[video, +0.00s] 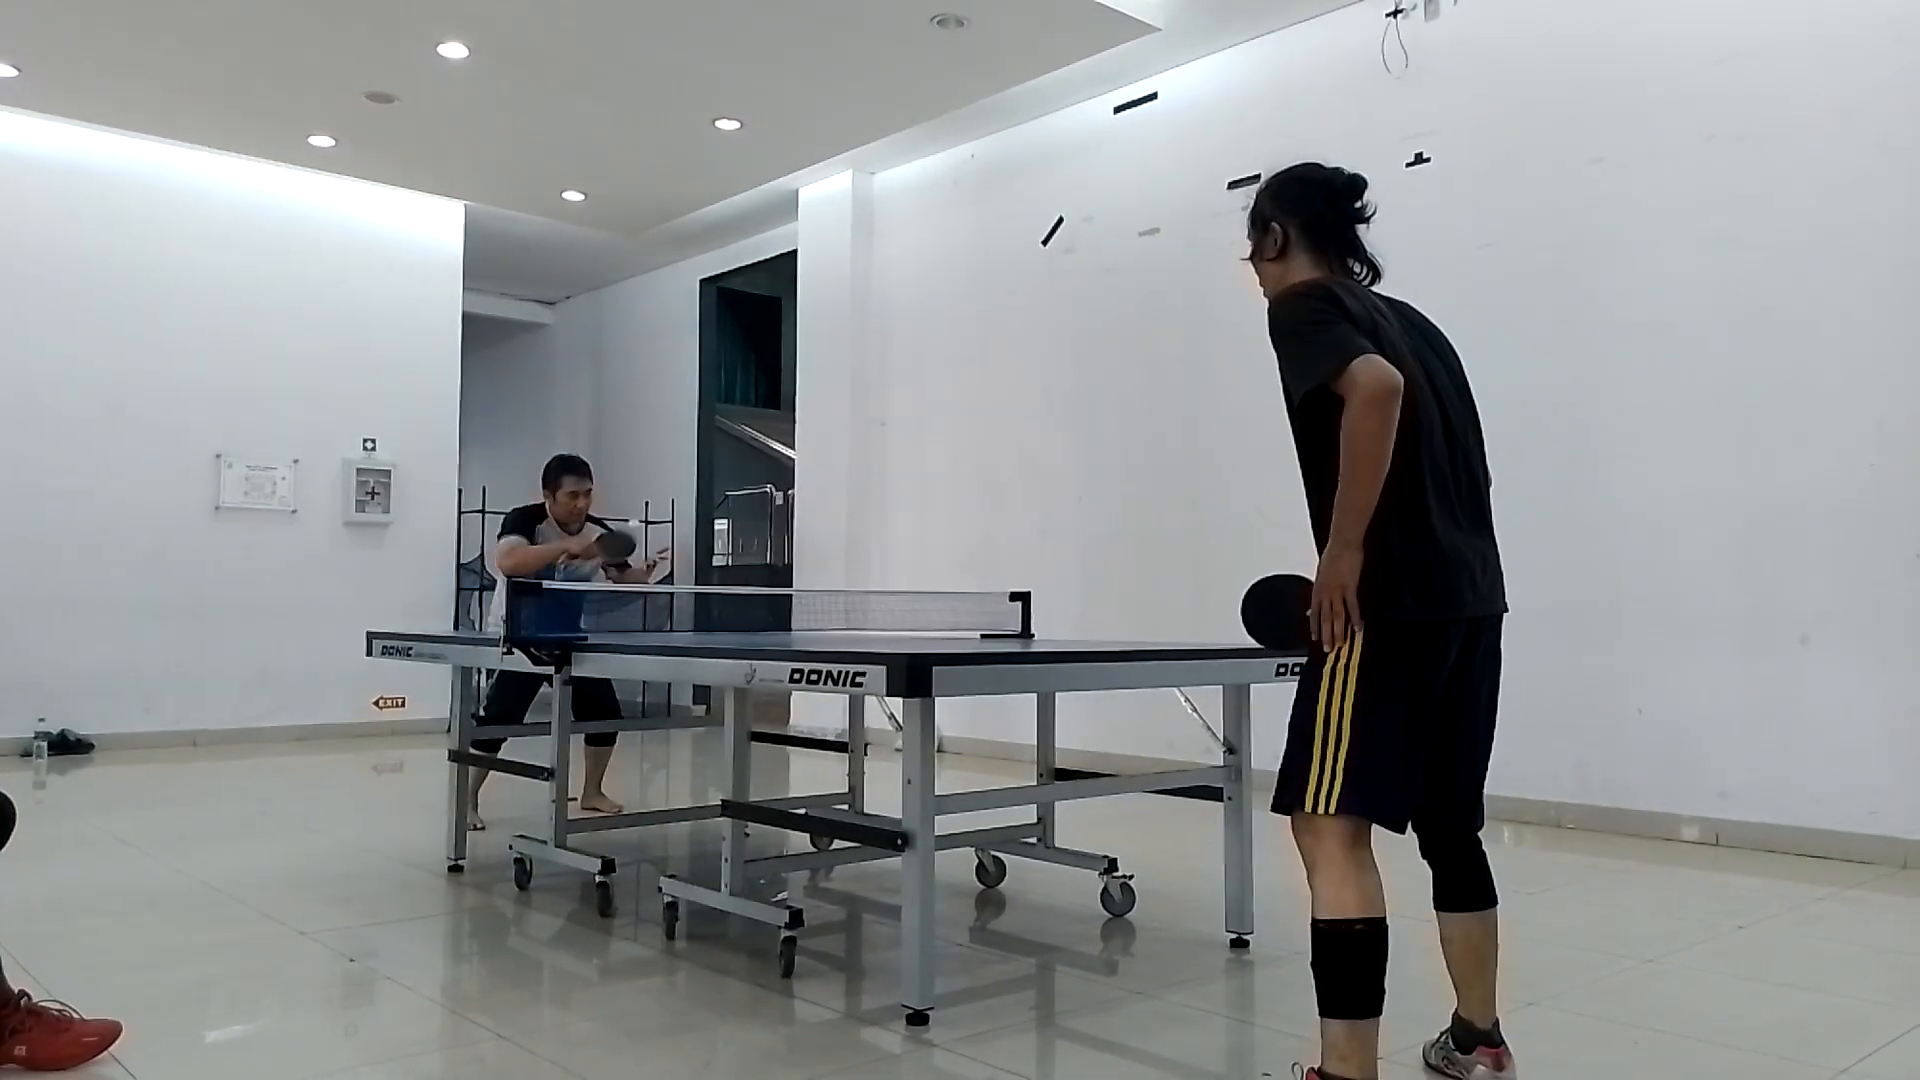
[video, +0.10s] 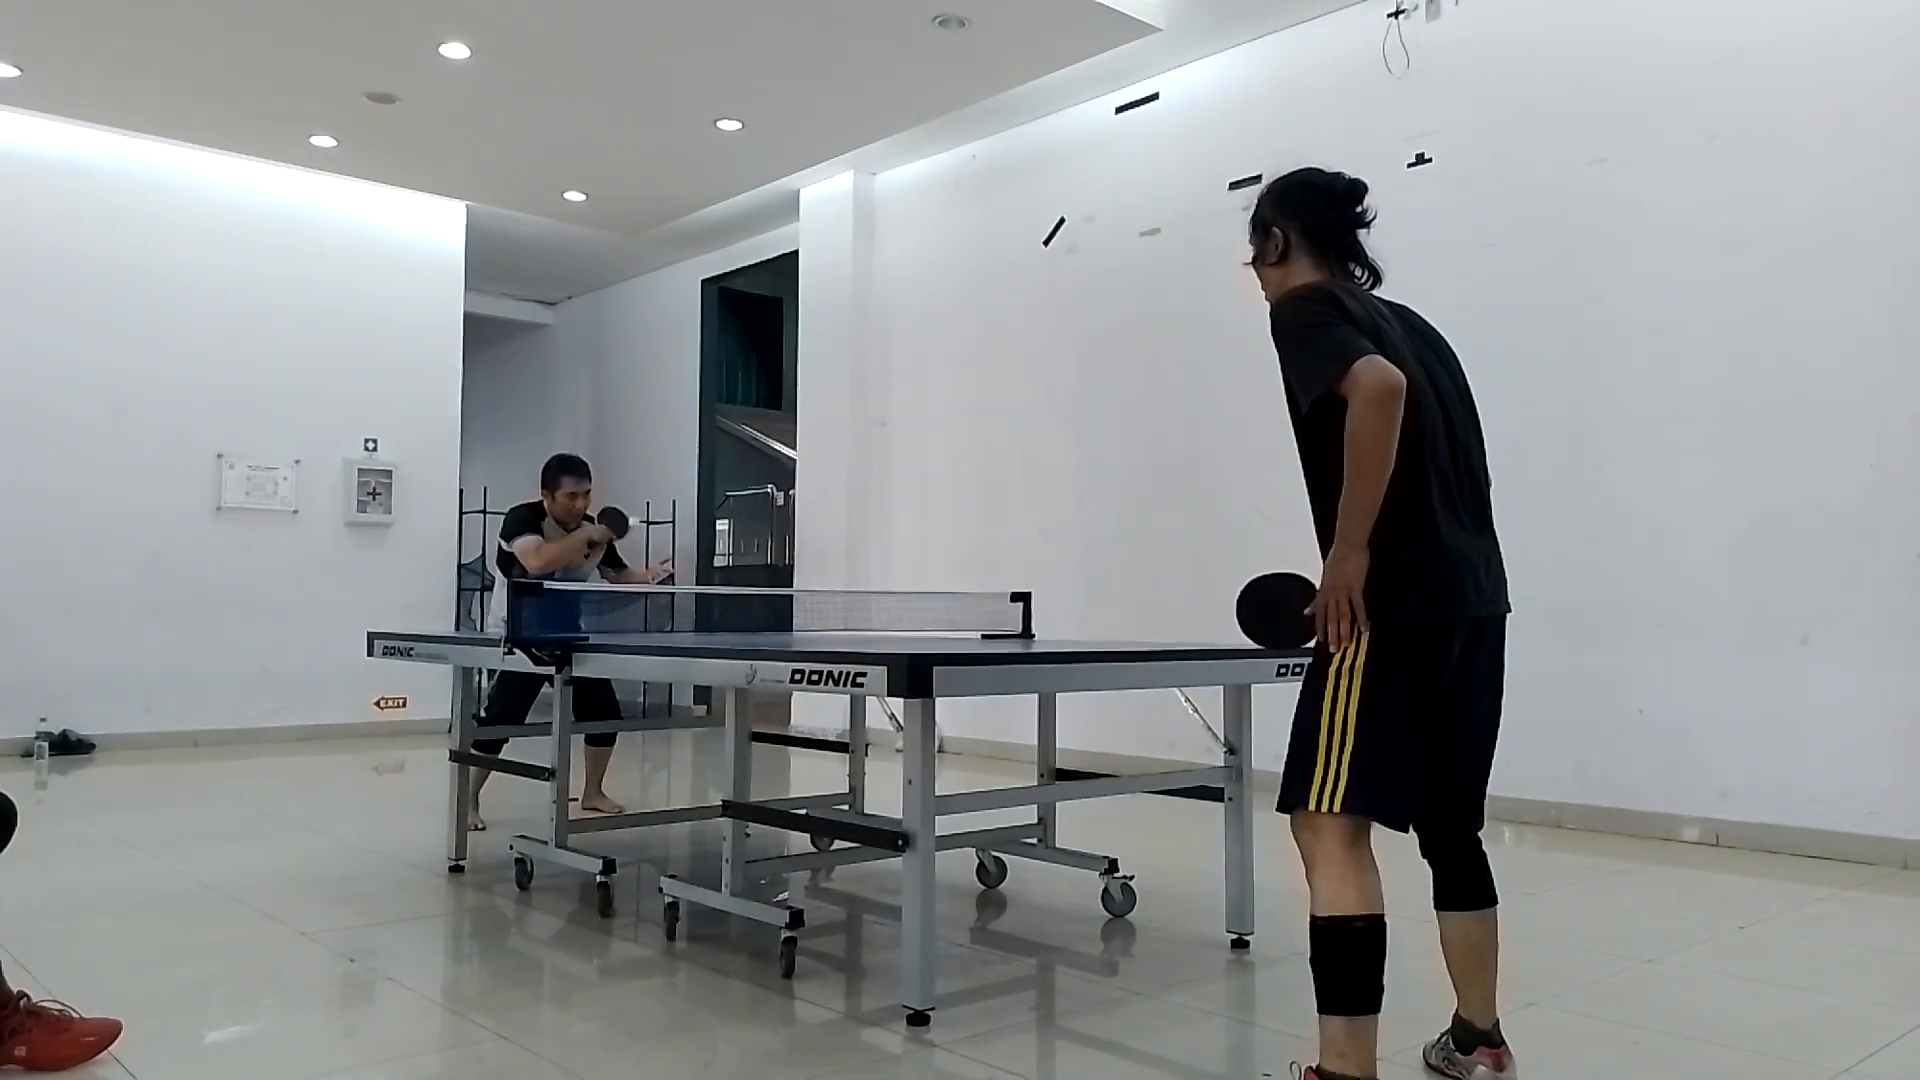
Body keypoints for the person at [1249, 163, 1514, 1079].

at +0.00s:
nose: (1258, 274)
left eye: (1256, 256)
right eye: (1254, 259)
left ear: (1279, 242)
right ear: (1348, 243)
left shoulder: (1305, 308)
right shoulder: (1414, 322)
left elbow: (1374, 383)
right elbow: (1456, 474)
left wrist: (1342, 547)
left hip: (1383, 605)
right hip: (1468, 607)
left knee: (1325, 822)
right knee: (1450, 821)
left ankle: (1345, 1066)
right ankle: (1478, 1035)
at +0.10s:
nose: (1261, 278)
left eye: (1259, 261)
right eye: (1258, 262)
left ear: (1281, 246)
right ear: (1349, 247)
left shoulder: (1306, 311)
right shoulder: (1413, 325)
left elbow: (1377, 385)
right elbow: (1452, 478)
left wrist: (1347, 550)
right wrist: (1351, 582)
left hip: (1387, 603)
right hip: (1473, 603)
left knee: (1325, 819)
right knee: (1451, 823)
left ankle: (1346, 1065)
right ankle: (1478, 1037)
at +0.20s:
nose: (1256, 285)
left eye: (1255, 267)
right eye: (1253, 269)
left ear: (1277, 254)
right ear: (1343, 253)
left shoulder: (1308, 316)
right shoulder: (1406, 329)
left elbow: (1385, 383)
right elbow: (1445, 484)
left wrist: (1355, 554)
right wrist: (1345, 586)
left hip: (1397, 602)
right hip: (1478, 602)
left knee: (1305, 807)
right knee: (1449, 821)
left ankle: (1335, 1060)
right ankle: (1476, 1037)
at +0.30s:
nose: (1254, 288)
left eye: (1253, 270)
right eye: (1252, 272)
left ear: (1276, 258)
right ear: (1341, 257)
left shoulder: (1310, 319)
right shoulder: (1402, 331)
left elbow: (1393, 383)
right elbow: (1441, 489)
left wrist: (1367, 553)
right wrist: (1346, 577)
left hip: (1405, 606)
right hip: (1481, 606)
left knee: (1299, 803)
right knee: (1447, 820)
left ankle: (1339, 1057)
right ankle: (1479, 1035)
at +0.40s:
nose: (1245, 299)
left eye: (1244, 281)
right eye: (1241, 284)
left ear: (1265, 264)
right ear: (1331, 264)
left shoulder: (1298, 324)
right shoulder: (1394, 336)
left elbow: (1380, 390)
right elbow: (1433, 493)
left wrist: (1355, 560)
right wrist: (1333, 571)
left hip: (1394, 610)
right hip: (1471, 608)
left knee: (1303, 823)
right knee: (1437, 822)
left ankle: (1343, 1067)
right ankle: (1475, 1037)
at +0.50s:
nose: (1234, 305)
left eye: (1231, 287)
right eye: (1229, 291)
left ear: (1252, 269)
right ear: (1323, 265)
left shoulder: (1283, 323)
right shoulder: (1387, 336)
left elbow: (1357, 393)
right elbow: (1415, 492)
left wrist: (1339, 559)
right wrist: (1312, 573)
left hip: (1383, 612)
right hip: (1467, 609)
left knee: (1294, 826)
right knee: (1434, 819)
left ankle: (1345, 1067)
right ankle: (1475, 1032)